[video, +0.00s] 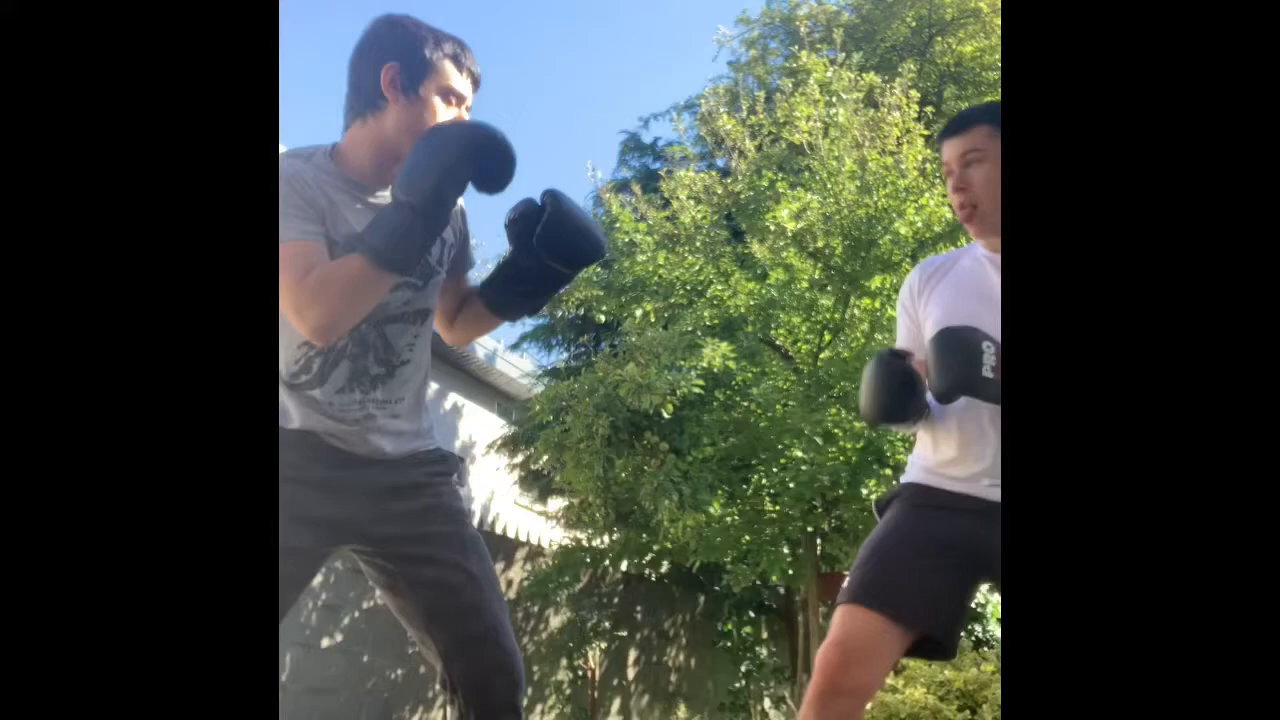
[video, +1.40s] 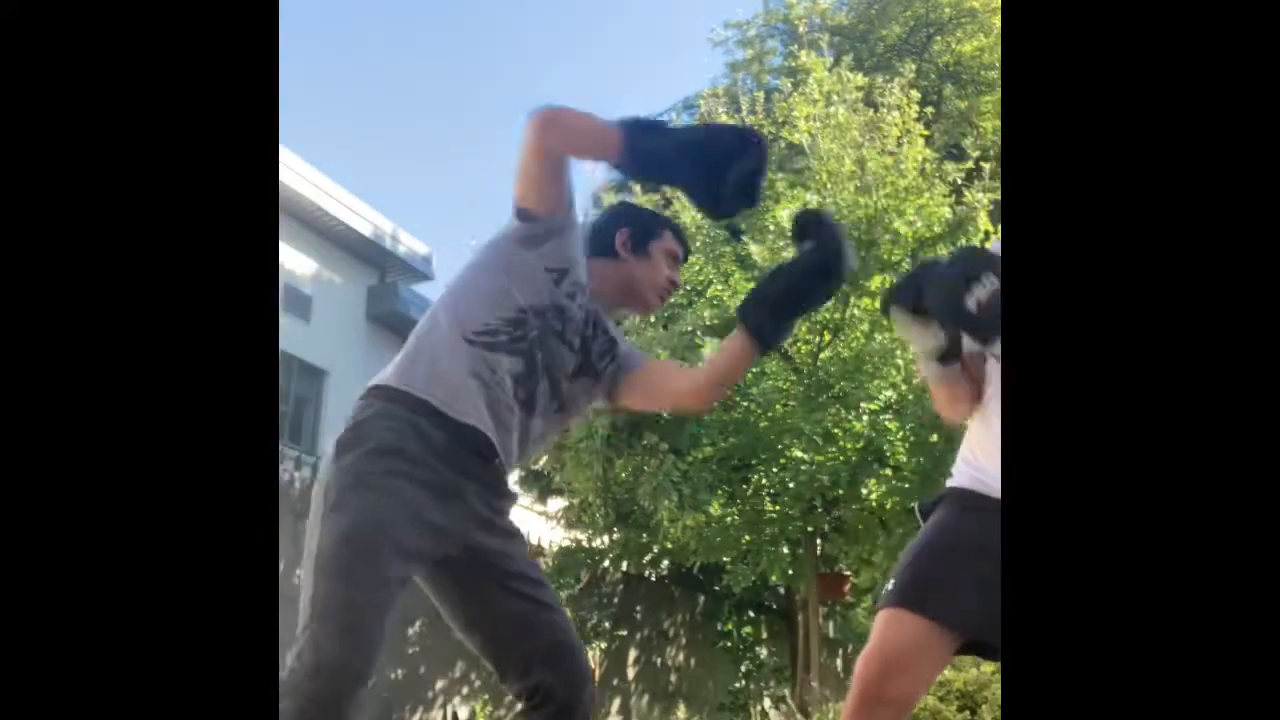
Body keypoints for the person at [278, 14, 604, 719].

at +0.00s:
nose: (464, 122)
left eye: (468, 107)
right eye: (453, 99)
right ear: (393, 82)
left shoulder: (440, 207)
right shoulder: (295, 178)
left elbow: (455, 324)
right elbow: (317, 315)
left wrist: (522, 280)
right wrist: (416, 204)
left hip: (410, 467)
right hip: (300, 457)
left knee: (493, 672)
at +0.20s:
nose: (499, 158)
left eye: (505, 141)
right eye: (494, 135)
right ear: (445, 118)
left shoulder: (457, 239)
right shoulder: (315, 197)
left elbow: (463, 362)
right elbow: (381, 323)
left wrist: (537, 301)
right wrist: (469, 211)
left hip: (400, 500)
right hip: (297, 481)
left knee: (505, 687)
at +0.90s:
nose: (512, 233)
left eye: (515, 215)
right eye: (511, 206)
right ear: (472, 178)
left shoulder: (431, 300)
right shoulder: (356, 203)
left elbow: (502, 394)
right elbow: (287, 271)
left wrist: (602, 350)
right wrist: (409, 277)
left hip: (309, 497)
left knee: (462, 673)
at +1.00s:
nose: (543, 271)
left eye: (552, 263)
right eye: (545, 250)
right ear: (512, 216)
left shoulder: (439, 325)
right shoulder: (420, 237)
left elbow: (443, 460)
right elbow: (431, 172)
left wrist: (551, 411)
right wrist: (564, 212)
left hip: (334, 505)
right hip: (288, 475)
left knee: (467, 674)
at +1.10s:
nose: (584, 289)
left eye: (589, 276)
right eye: (583, 267)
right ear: (550, 244)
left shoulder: (475, 344)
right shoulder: (489, 244)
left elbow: (437, 483)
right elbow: (596, 158)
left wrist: (553, 440)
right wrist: (705, 189)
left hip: (361, 507)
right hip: (306, 455)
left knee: (484, 676)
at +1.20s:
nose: (621, 292)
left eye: (625, 285)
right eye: (618, 270)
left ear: (596, 304)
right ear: (582, 252)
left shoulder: (520, 366)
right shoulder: (519, 256)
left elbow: (490, 485)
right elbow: (653, 216)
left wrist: (615, 422)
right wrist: (794, 196)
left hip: (418, 516)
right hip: (345, 466)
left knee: (525, 689)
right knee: (270, 643)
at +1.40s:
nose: (675, 280)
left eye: (680, 271)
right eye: (669, 260)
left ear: (635, 263)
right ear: (625, 242)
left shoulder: (610, 360)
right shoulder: (548, 239)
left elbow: (701, 388)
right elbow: (548, 128)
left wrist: (781, 300)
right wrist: (671, 149)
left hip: (478, 498)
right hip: (398, 445)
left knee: (563, 688)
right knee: (329, 674)